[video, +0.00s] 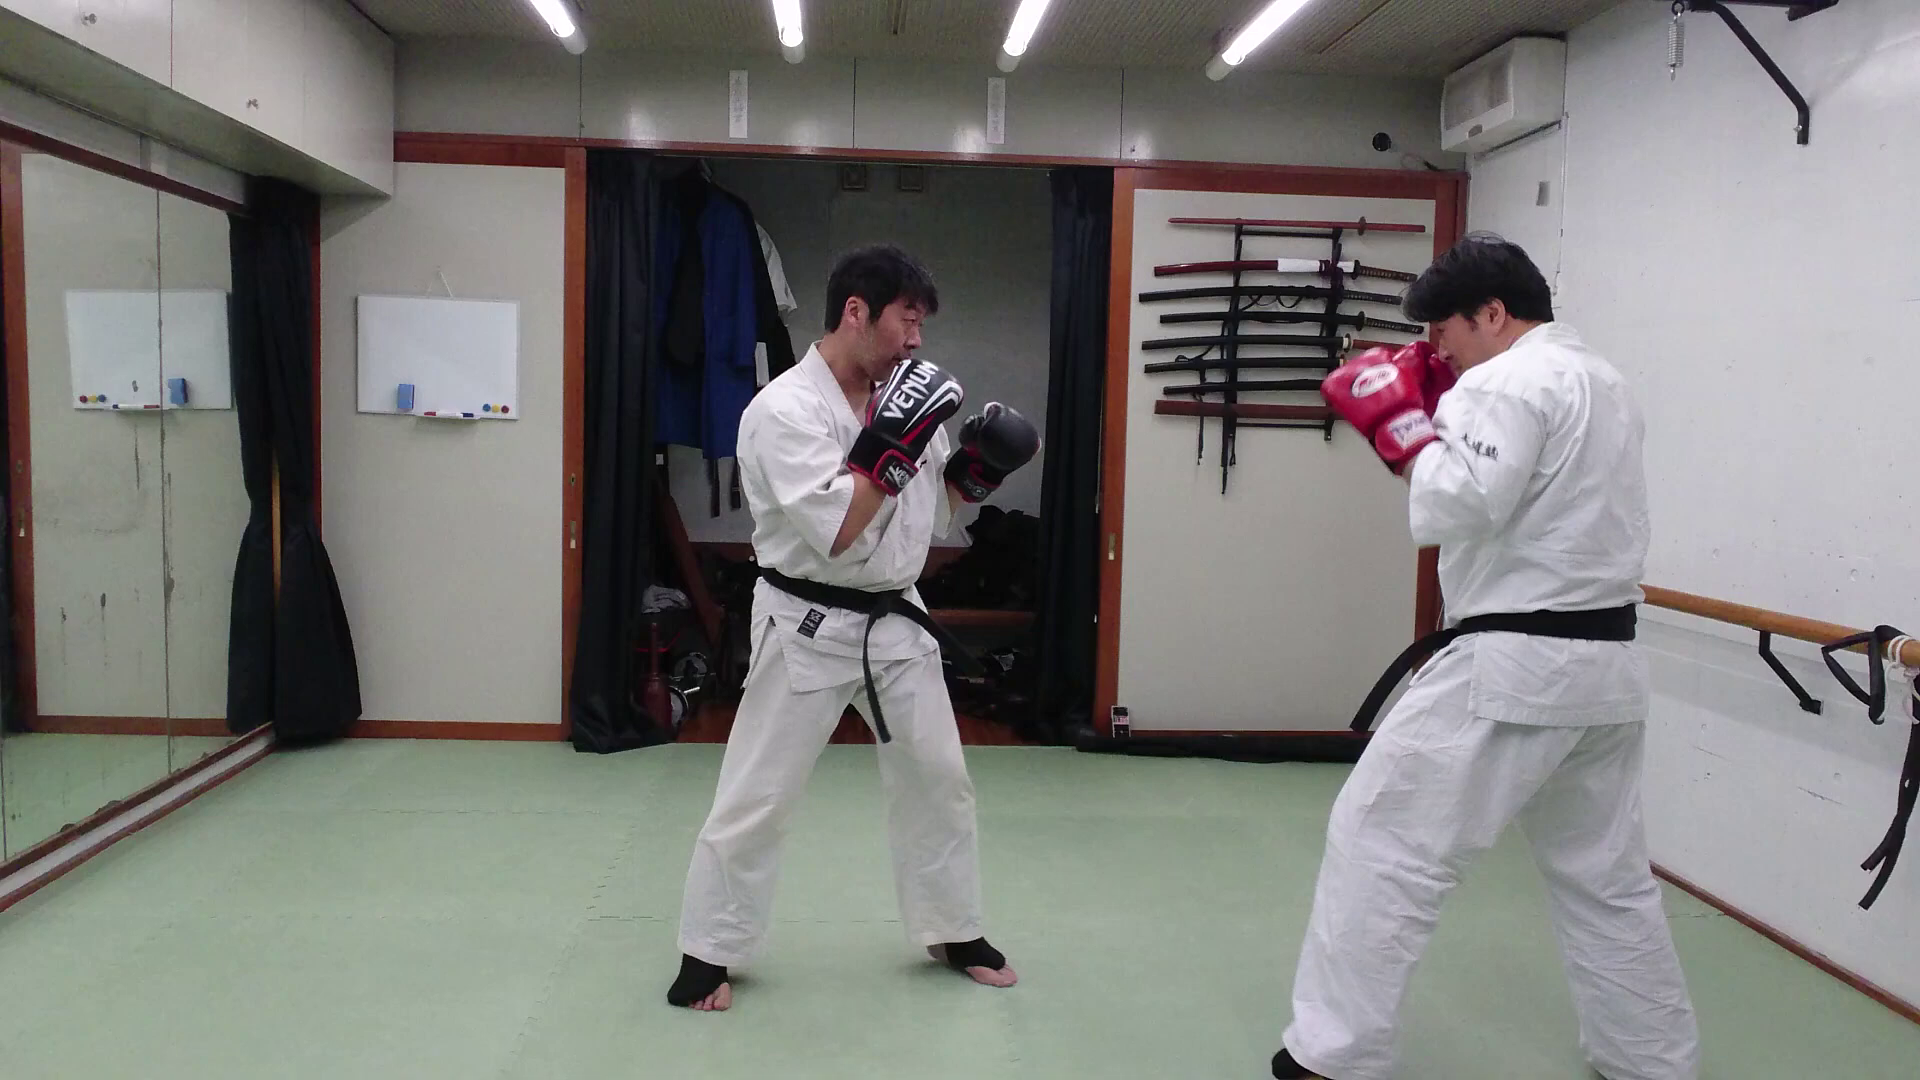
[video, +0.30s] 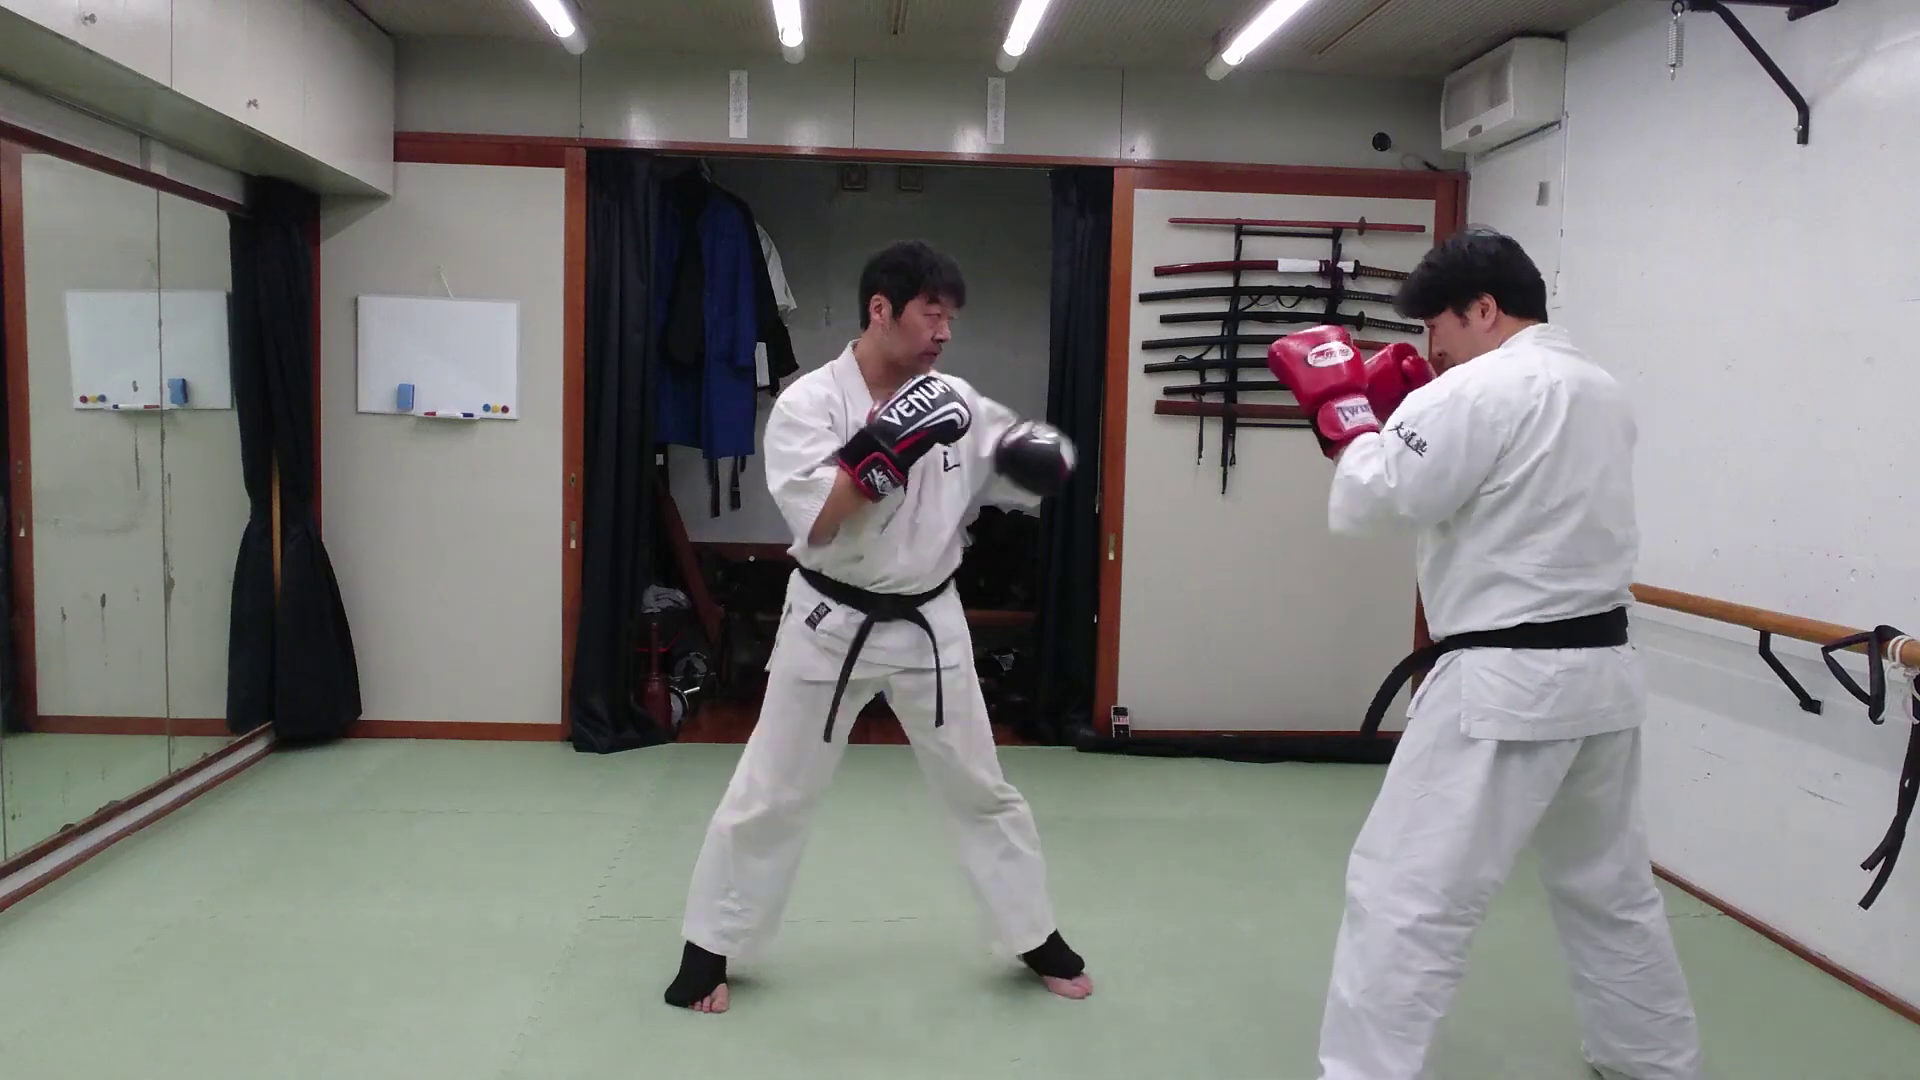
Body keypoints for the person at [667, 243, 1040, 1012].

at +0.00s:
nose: (916, 343)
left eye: (922, 328)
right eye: (908, 323)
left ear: (873, 320)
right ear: (855, 313)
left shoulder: (905, 403)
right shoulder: (782, 409)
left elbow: (936, 519)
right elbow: (833, 527)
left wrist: (976, 475)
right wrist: (894, 444)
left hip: (897, 618)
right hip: (804, 617)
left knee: (940, 776)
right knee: (757, 794)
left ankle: (955, 932)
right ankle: (708, 952)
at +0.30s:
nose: (943, 334)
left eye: (949, 320)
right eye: (932, 316)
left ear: (945, 324)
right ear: (880, 309)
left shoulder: (956, 404)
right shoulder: (807, 403)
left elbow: (1030, 457)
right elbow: (814, 521)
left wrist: (1043, 462)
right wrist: (882, 447)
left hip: (931, 619)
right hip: (826, 616)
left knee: (979, 786)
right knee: (769, 792)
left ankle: (1035, 936)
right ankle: (707, 947)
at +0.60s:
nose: (1012, 322)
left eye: (1020, 308)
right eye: (995, 305)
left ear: (1026, 314)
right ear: (948, 307)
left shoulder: (1053, 395)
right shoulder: (888, 396)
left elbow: (1141, 453)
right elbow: (876, 510)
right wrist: (950, 437)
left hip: (987, 616)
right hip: (885, 604)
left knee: (1013, 785)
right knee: (817, 762)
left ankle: (1043, 938)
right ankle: (781, 901)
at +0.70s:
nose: (1013, 322)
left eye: (1021, 308)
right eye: (997, 304)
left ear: (1025, 315)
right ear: (949, 304)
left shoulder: (1037, 402)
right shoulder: (886, 392)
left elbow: (1090, 480)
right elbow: (871, 507)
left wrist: (1107, 512)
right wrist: (940, 438)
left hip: (990, 611)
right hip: (888, 602)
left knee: (1020, 780)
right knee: (829, 764)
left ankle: (1044, 936)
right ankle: (797, 890)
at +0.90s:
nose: (1003, 349)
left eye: (1010, 335)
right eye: (993, 330)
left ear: (1008, 336)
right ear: (943, 319)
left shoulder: (1001, 400)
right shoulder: (867, 398)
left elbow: (1014, 490)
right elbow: (877, 511)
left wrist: (1065, 455)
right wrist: (945, 435)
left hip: (964, 608)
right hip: (868, 604)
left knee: (1007, 762)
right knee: (826, 763)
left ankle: (1047, 920)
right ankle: (796, 899)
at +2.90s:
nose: (1259, 360)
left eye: (1273, 345)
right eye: (1246, 343)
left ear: (1287, 341)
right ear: (1212, 329)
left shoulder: (1287, 398)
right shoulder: (1159, 391)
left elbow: (1348, 451)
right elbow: (1085, 470)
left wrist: (1356, 385)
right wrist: (1141, 401)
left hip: (1231, 598)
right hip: (1143, 591)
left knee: (1229, 755)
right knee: (1134, 738)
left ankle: (1233, 896)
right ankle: (1132, 847)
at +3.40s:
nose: (1326, 346)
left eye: (1340, 332)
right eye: (1312, 329)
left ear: (1356, 341)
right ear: (1282, 334)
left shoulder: (1381, 428)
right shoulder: (1219, 421)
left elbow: (1401, 531)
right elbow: (1150, 525)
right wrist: (1171, 495)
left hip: (1329, 638)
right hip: (1228, 629)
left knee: (1350, 786)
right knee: (1163, 760)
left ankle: (1379, 906)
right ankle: (1147, 861)